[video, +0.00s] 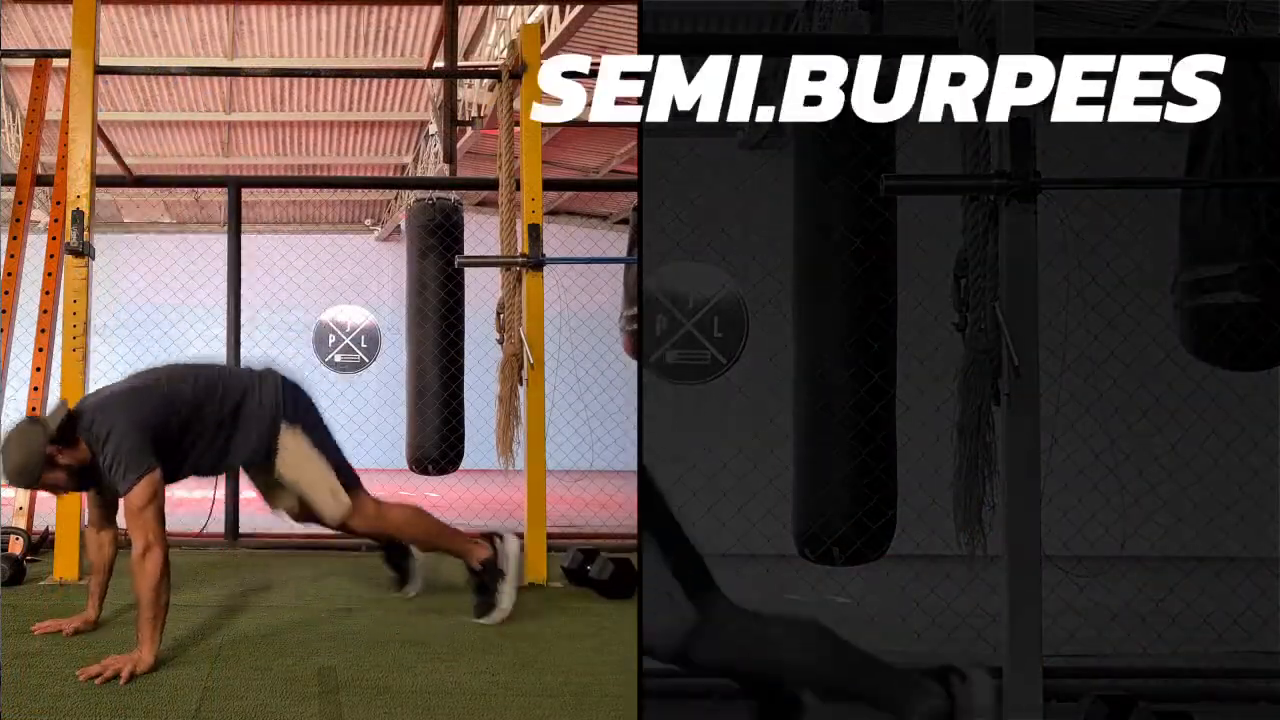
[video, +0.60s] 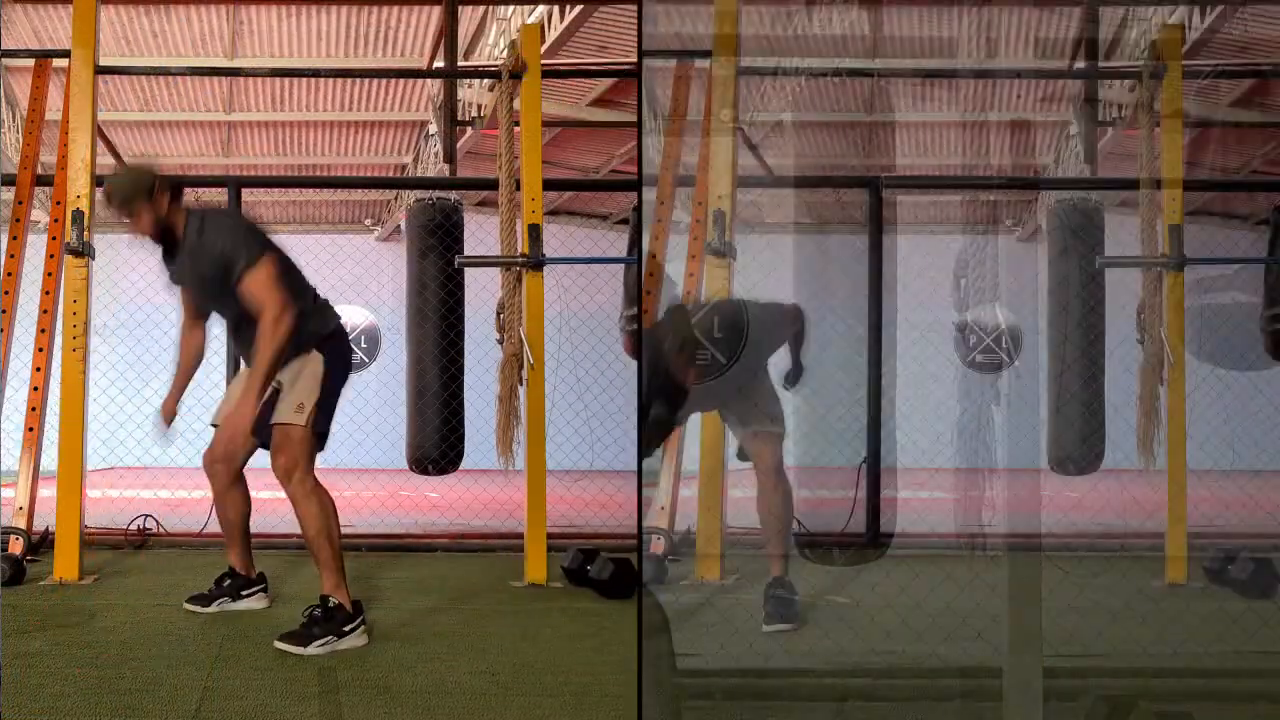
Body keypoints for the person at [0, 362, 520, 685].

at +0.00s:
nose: (56, 491)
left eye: (50, 482)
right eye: (46, 486)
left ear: (61, 455)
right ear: (56, 452)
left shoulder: (123, 432)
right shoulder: (82, 439)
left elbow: (149, 546)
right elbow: (101, 526)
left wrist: (145, 649)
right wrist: (91, 608)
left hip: (269, 407)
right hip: (242, 433)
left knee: (348, 509)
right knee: (295, 506)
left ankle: (484, 552)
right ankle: (392, 535)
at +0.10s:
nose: (101, 493)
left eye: (93, 485)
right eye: (93, 490)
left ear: (99, 462)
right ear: (94, 457)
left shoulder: (145, 433)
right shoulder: (108, 435)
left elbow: (157, 546)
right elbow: (109, 530)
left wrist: (146, 648)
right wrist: (93, 609)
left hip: (282, 352)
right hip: (245, 383)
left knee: (323, 480)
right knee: (266, 480)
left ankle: (438, 558)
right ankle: (345, 538)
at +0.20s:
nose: (127, 494)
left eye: (123, 488)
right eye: (120, 493)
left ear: (133, 461)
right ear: (129, 456)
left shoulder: (175, 437)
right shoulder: (134, 434)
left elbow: (169, 546)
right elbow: (125, 528)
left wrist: (144, 650)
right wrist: (94, 610)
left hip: (296, 329)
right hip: (257, 348)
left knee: (292, 457)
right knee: (229, 458)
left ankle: (372, 581)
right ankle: (271, 551)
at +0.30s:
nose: (122, 466)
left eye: (120, 456)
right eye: (115, 460)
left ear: (136, 436)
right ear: (133, 435)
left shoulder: (184, 429)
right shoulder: (140, 427)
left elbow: (171, 542)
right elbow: (124, 522)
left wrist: (140, 643)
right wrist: (91, 606)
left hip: (319, 353)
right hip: (270, 362)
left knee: (289, 466)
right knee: (221, 466)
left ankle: (341, 607)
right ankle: (244, 578)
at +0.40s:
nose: (116, 395)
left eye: (116, 383)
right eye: (110, 387)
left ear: (139, 366)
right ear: (134, 368)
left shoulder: (192, 375)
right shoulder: (145, 390)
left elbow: (178, 486)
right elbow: (121, 479)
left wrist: (142, 586)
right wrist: (91, 558)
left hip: (328, 372)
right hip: (277, 389)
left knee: (286, 468)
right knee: (213, 468)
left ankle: (340, 609)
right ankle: (243, 579)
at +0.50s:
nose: (123, 308)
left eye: (124, 295)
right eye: (116, 299)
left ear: (149, 278)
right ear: (139, 287)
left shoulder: (205, 306)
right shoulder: (160, 325)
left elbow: (236, 397)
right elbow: (156, 401)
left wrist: (194, 493)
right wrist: (134, 470)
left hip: (325, 361)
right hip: (274, 379)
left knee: (291, 466)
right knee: (219, 470)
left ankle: (340, 607)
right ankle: (242, 577)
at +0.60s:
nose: (132, 225)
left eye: (134, 212)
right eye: (126, 216)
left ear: (161, 196)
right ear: (140, 208)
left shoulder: (222, 231)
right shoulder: (178, 249)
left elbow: (278, 312)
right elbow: (195, 323)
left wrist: (249, 396)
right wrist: (174, 394)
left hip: (311, 345)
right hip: (260, 352)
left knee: (291, 465)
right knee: (220, 461)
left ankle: (341, 606)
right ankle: (243, 576)